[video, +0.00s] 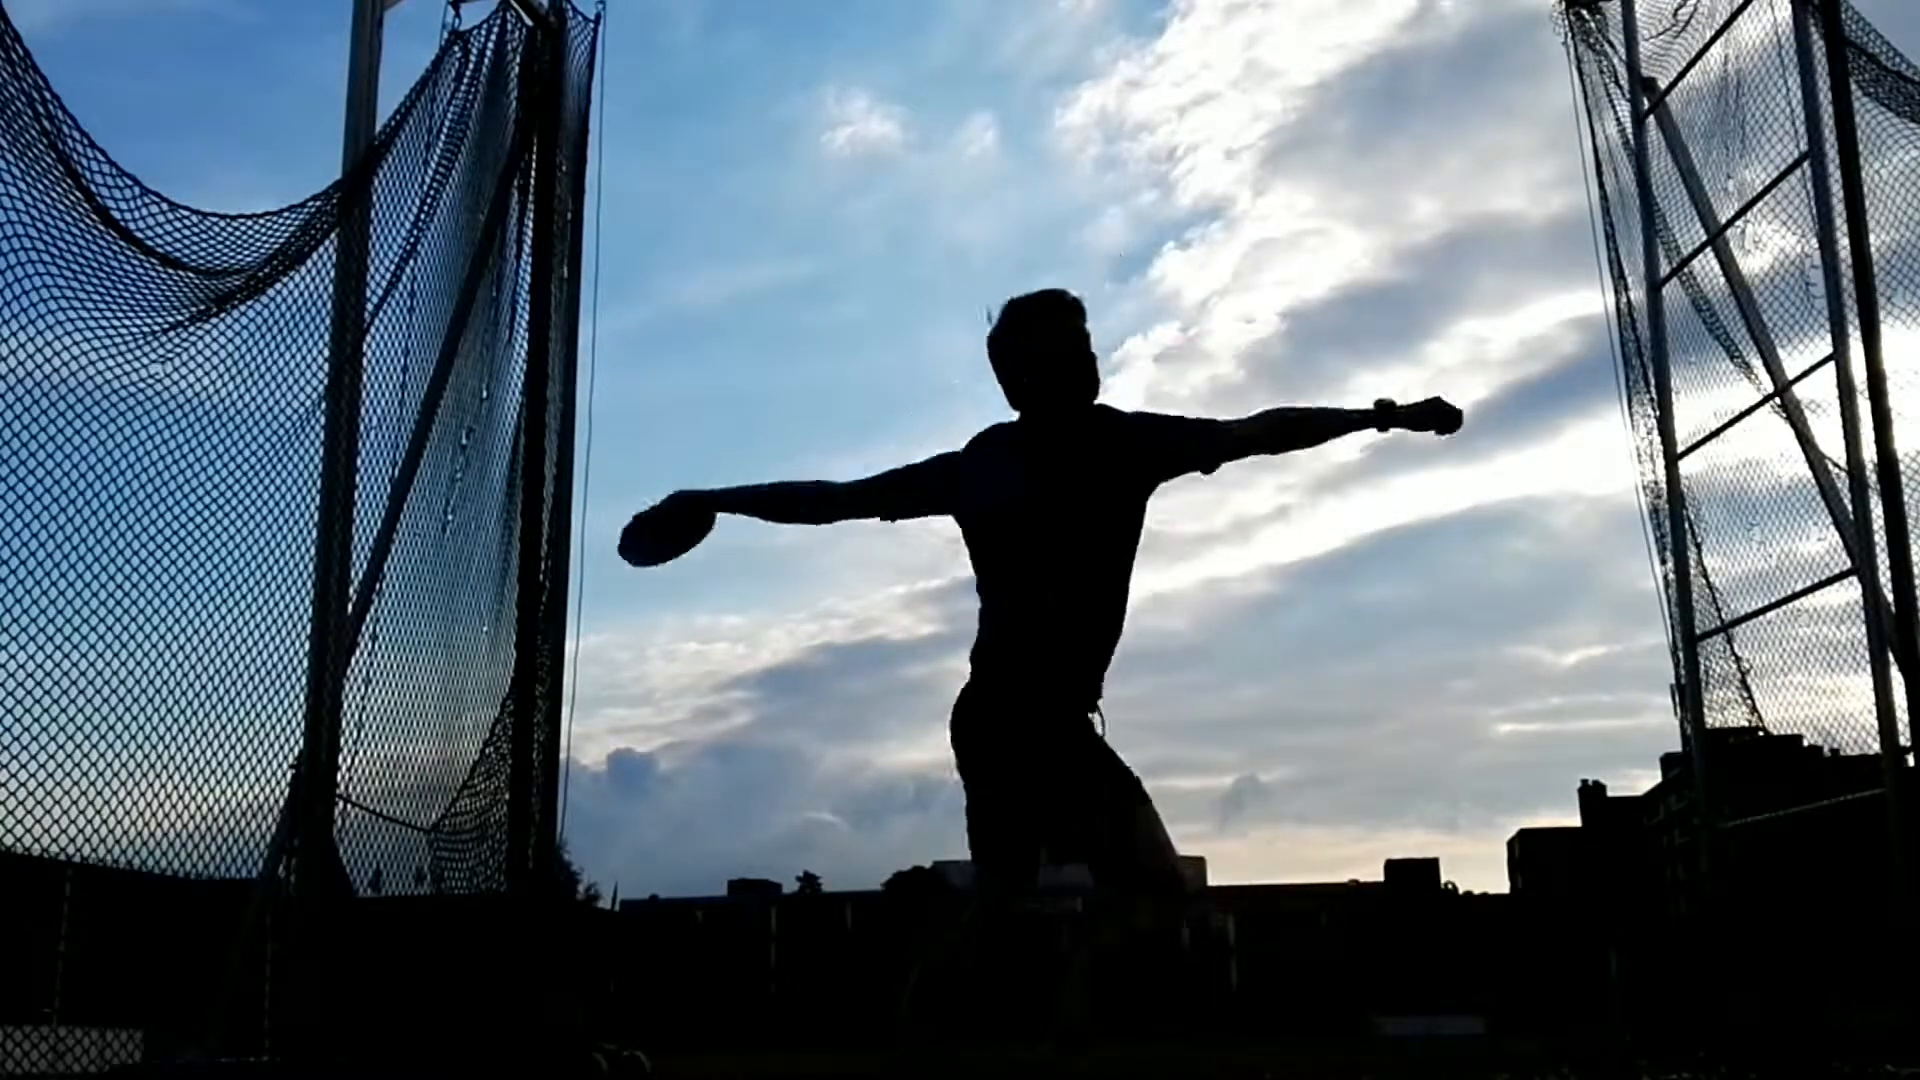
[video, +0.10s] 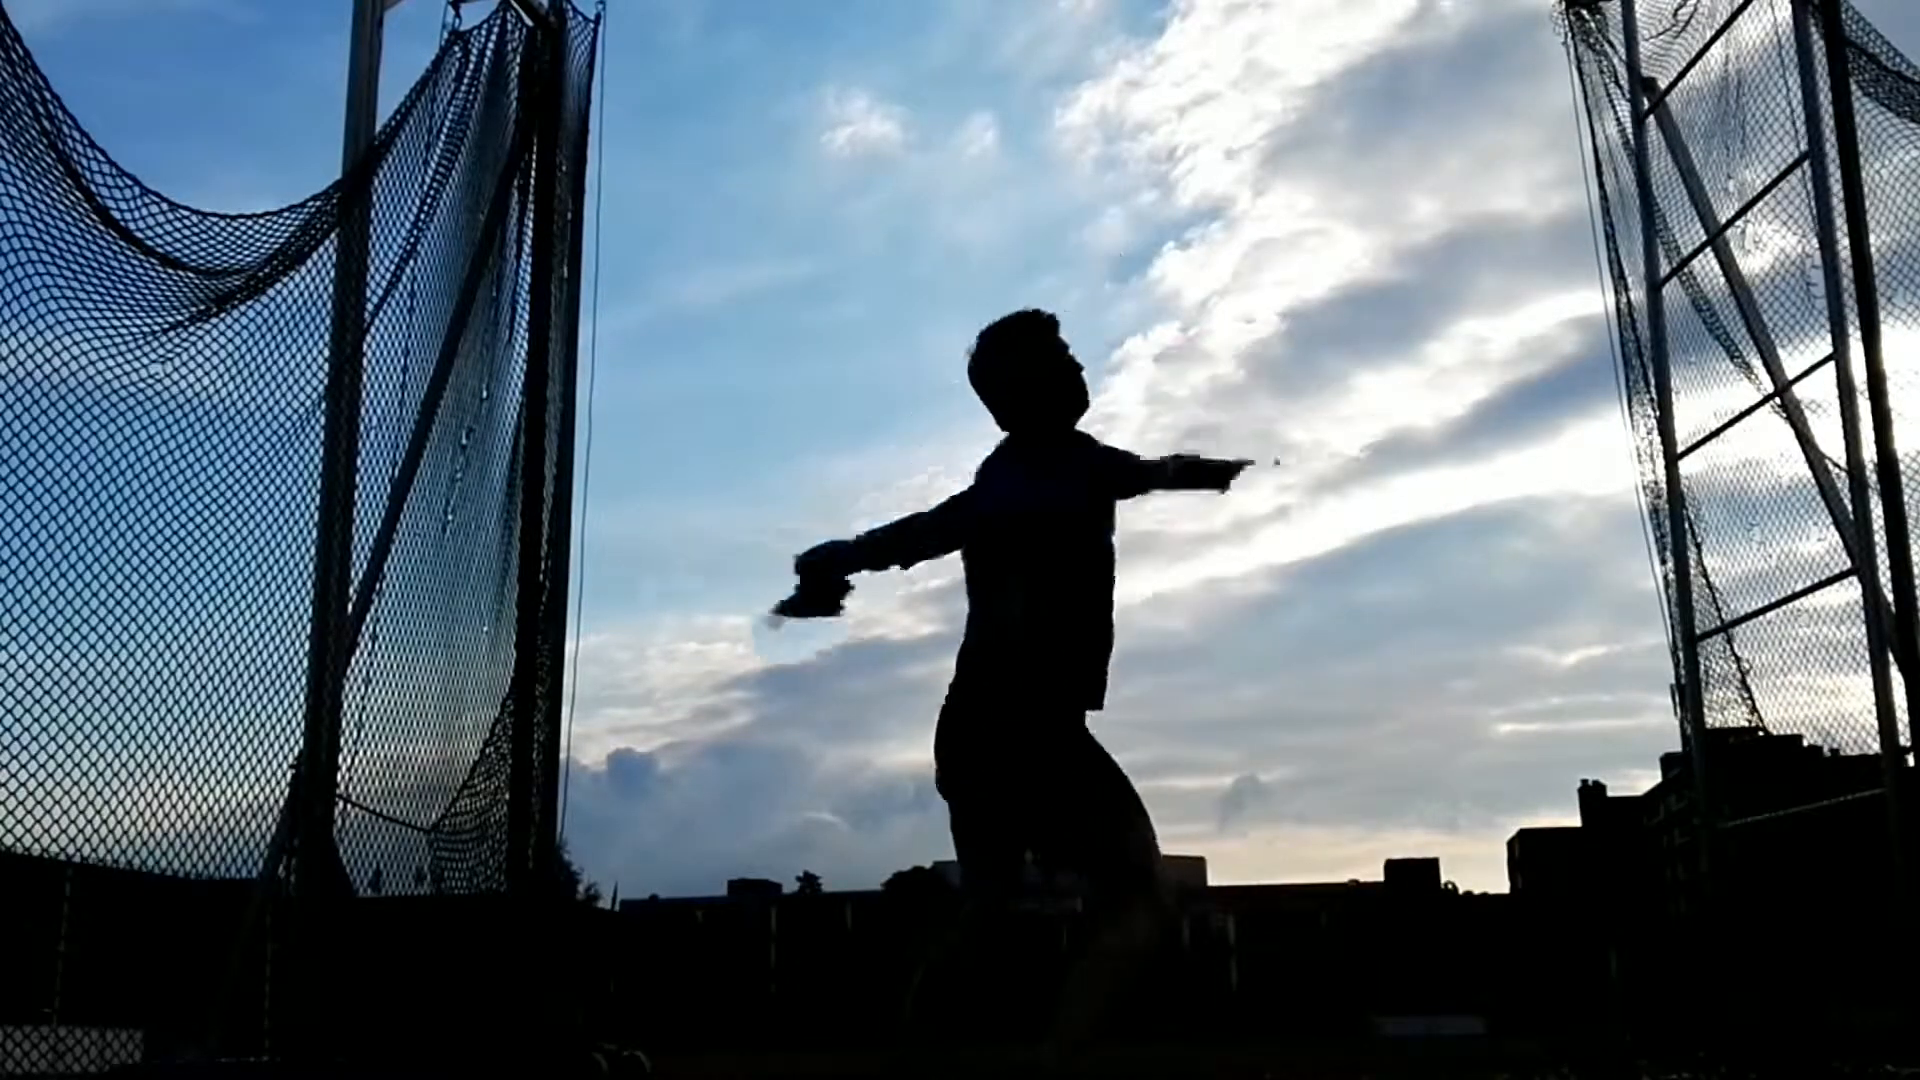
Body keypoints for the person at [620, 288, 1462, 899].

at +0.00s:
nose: (1090, 367)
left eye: (1079, 349)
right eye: (1072, 352)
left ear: (1009, 373)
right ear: (1054, 363)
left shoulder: (972, 468)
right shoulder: (1127, 445)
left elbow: (837, 501)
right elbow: (1261, 436)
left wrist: (713, 501)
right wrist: (1381, 416)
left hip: (1000, 720)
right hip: (1043, 721)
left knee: (1008, 907)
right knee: (1161, 894)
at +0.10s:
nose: (1078, 369)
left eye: (1069, 355)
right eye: (1057, 359)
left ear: (1016, 391)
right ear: (1016, 388)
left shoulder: (1079, 465)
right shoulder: (1018, 479)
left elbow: (1153, 473)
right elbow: (926, 532)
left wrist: (1213, 473)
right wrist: (839, 557)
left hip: (1042, 727)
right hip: (1007, 731)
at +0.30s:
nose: (1001, 361)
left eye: (989, 349)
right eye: (993, 351)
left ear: (921, 396)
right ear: (995, 369)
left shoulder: (918, 474)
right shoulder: (1063, 461)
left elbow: (857, 569)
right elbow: (1131, 535)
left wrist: (897, 577)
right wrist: (1104, 517)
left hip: (967, 696)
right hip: (1065, 691)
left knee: (934, 865)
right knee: (1078, 878)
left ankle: (916, 1039)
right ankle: (1078, 1043)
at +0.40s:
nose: (957, 386)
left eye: (931, 377)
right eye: (972, 367)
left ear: (916, 391)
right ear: (990, 372)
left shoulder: (896, 487)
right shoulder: (1053, 441)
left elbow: (817, 583)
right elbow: (1176, 466)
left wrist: (808, 582)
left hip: (960, 697)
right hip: (1056, 686)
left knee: (921, 873)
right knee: (1069, 869)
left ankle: (892, 1035)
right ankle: (1102, 1027)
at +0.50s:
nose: (944, 381)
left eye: (950, 374)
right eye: (949, 373)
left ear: (962, 387)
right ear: (1026, 390)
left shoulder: (919, 490)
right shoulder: (1040, 454)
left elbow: (815, 572)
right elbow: (1023, 432)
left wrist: (807, 523)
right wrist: (1050, 418)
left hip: (950, 699)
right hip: (1043, 688)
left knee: (923, 874)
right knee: (1075, 863)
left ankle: (914, 1033)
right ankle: (1125, 1019)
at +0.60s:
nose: (972, 357)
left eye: (990, 352)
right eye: (986, 348)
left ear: (1010, 381)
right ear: (1032, 392)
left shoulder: (950, 469)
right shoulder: (1015, 447)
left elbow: (831, 526)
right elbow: (888, 415)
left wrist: (837, 459)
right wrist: (791, 377)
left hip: (956, 694)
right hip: (1040, 685)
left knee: (920, 875)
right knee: (1084, 863)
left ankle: (910, 1035)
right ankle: (1148, 1019)